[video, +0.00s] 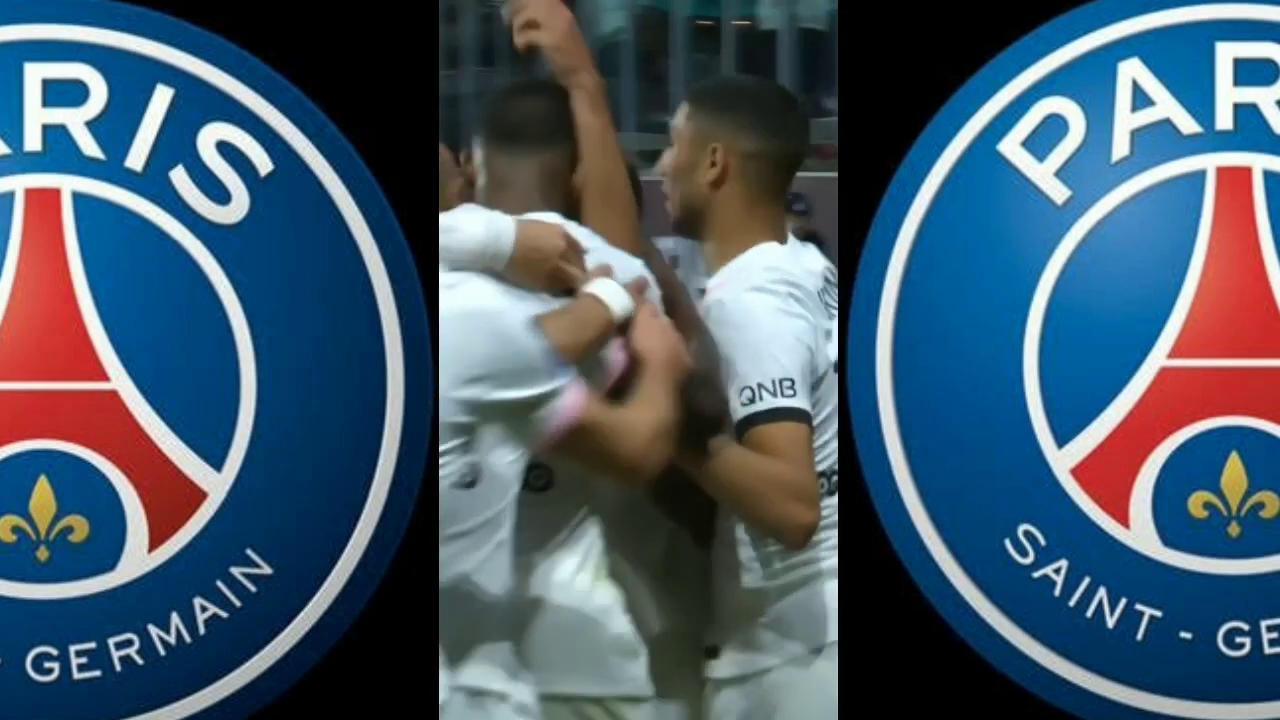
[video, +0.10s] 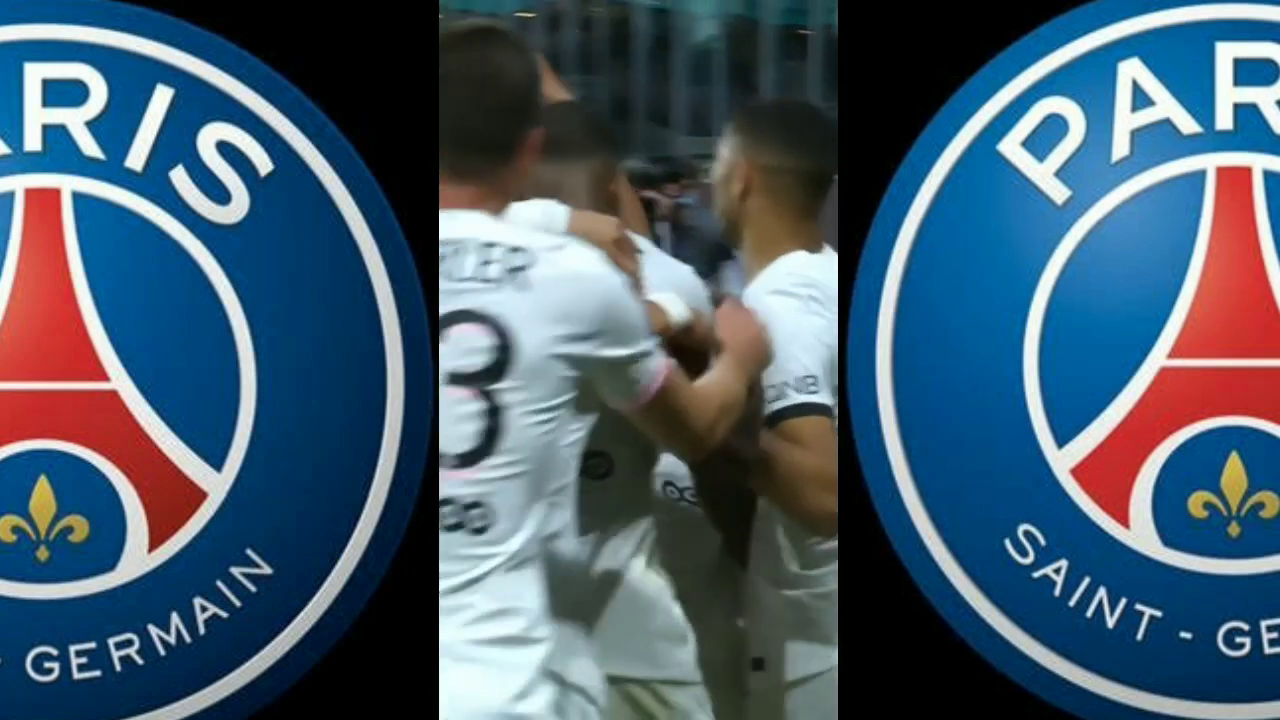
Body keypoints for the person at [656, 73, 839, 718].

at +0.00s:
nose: (660, 168)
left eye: (673, 146)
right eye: (666, 147)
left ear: (716, 164)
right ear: (724, 163)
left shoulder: (747, 298)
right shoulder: (806, 268)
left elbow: (792, 506)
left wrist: (675, 430)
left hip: (780, 654)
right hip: (817, 640)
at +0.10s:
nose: (712, 183)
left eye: (718, 167)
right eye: (716, 167)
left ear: (742, 180)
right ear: (817, 183)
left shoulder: (784, 299)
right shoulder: (828, 275)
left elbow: (821, 494)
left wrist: (726, 423)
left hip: (808, 635)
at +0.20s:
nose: (755, 193)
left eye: (761, 177)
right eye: (760, 177)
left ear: (783, 189)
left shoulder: (811, 303)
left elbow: (838, 471)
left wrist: (756, 412)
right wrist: (762, 410)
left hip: (826, 616)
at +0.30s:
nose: (797, 201)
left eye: (806, 186)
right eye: (805, 186)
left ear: (830, 196)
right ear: (823, 198)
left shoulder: (832, 308)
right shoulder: (813, 306)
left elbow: (815, 425)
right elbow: (809, 424)